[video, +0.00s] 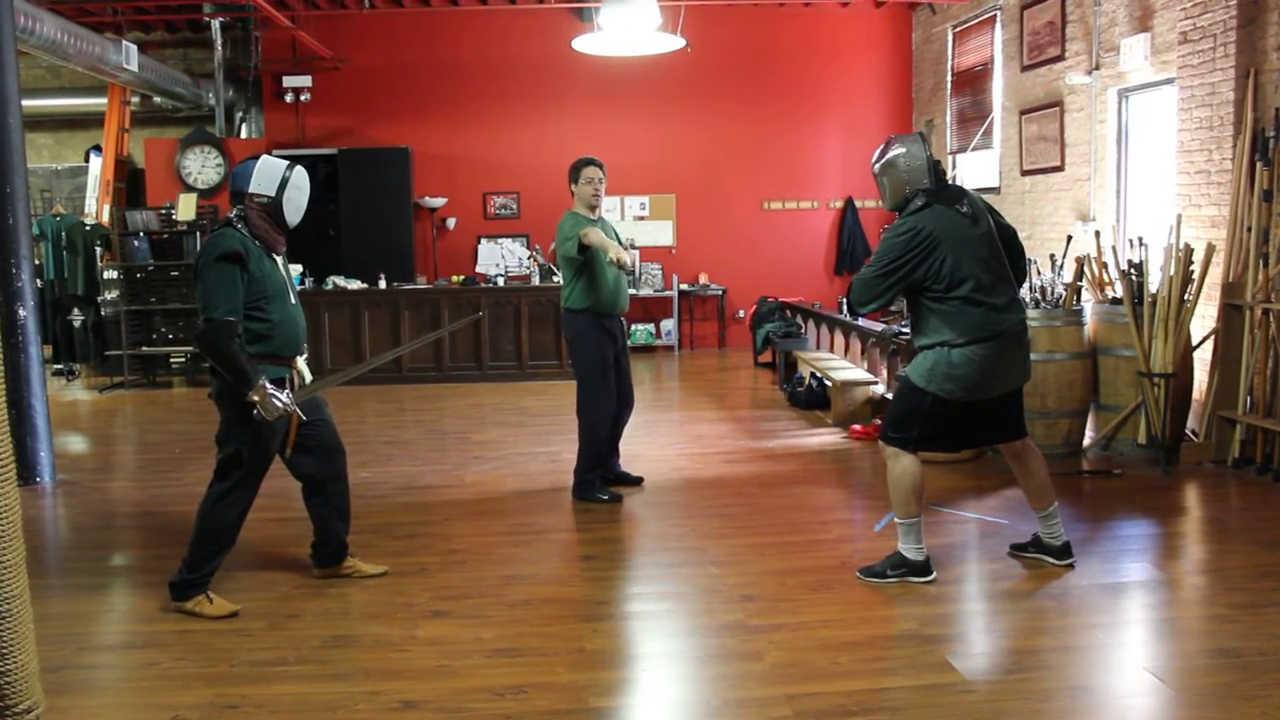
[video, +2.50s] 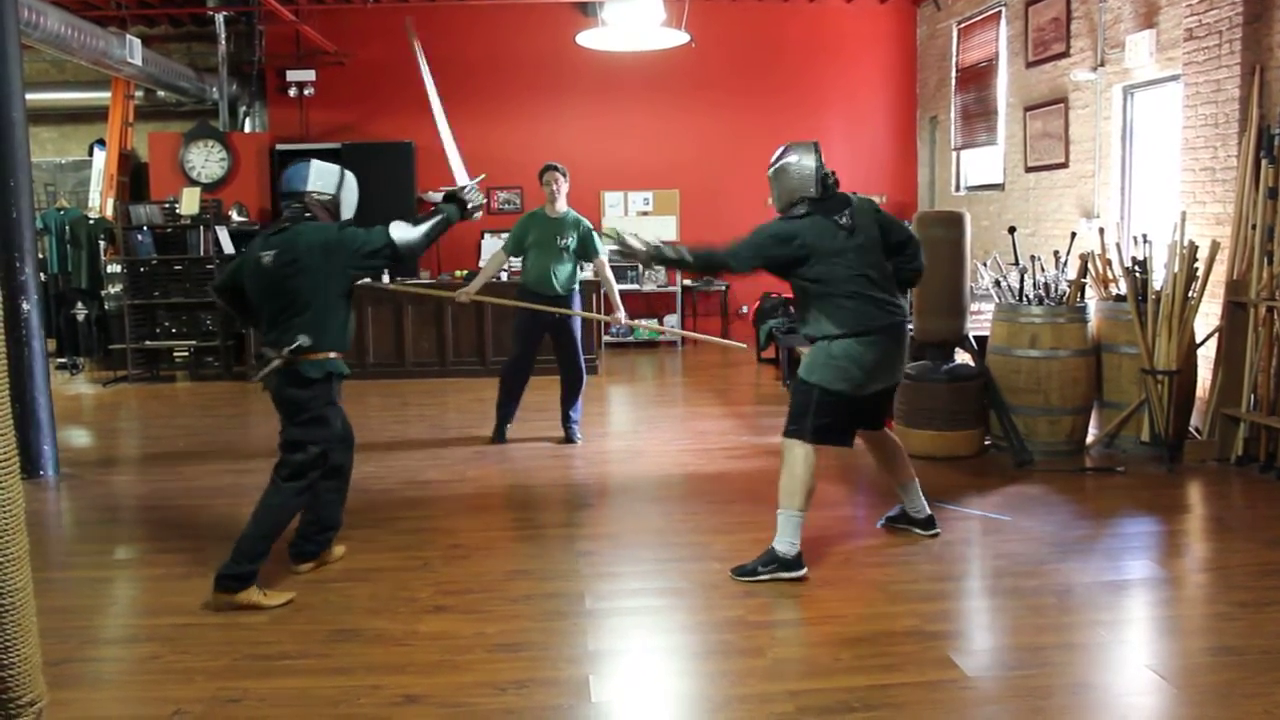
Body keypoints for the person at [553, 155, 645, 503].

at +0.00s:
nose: (597, 187)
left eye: (601, 181)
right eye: (589, 181)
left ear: (606, 186)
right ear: (573, 188)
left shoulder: (607, 226)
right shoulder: (570, 221)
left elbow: (622, 256)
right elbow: (590, 236)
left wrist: (625, 254)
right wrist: (613, 249)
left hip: (612, 320)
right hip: (585, 321)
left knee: (622, 399)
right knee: (597, 401)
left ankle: (608, 468)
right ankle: (586, 482)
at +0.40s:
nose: (596, 181)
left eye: (599, 175)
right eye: (587, 177)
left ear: (606, 182)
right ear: (574, 188)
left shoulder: (609, 224)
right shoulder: (569, 223)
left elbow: (627, 264)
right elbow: (578, 218)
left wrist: (654, 293)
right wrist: (593, 204)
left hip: (613, 322)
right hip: (584, 322)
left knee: (620, 403)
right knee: (595, 402)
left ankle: (598, 465)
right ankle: (585, 482)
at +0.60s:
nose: (601, 182)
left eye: (605, 177)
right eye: (593, 177)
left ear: (611, 183)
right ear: (581, 183)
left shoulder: (613, 226)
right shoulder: (575, 216)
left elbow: (632, 267)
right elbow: (556, 203)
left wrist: (654, 296)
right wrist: (556, 173)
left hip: (609, 318)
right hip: (580, 316)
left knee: (611, 396)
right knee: (585, 396)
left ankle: (596, 465)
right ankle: (586, 479)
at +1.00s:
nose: (596, 184)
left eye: (600, 180)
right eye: (589, 179)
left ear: (604, 188)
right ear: (575, 186)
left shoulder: (611, 230)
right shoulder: (556, 218)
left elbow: (634, 271)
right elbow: (517, 213)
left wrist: (658, 307)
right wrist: (512, 182)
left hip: (602, 316)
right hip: (567, 314)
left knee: (605, 390)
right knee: (560, 387)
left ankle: (597, 462)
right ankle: (548, 448)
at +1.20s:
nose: (584, 188)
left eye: (588, 184)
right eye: (577, 184)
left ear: (594, 192)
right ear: (564, 190)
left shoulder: (603, 234)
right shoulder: (546, 224)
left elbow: (624, 276)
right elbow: (507, 244)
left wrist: (642, 312)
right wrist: (495, 230)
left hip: (592, 319)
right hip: (556, 316)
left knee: (598, 389)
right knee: (551, 385)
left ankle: (597, 462)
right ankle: (546, 442)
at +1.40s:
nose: (570, 191)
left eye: (574, 187)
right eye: (563, 187)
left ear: (581, 194)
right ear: (552, 195)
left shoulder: (594, 236)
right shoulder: (536, 233)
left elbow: (614, 278)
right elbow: (502, 262)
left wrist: (631, 319)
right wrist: (484, 277)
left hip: (580, 321)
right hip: (543, 320)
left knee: (588, 385)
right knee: (546, 387)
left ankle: (592, 456)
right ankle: (549, 448)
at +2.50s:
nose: (554, 187)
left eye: (558, 182)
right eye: (548, 183)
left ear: (567, 185)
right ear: (541, 188)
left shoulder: (580, 225)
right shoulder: (528, 222)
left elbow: (602, 266)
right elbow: (501, 256)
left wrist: (618, 306)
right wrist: (472, 287)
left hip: (566, 298)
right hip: (531, 297)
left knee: (573, 363)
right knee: (520, 360)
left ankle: (571, 424)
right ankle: (502, 422)